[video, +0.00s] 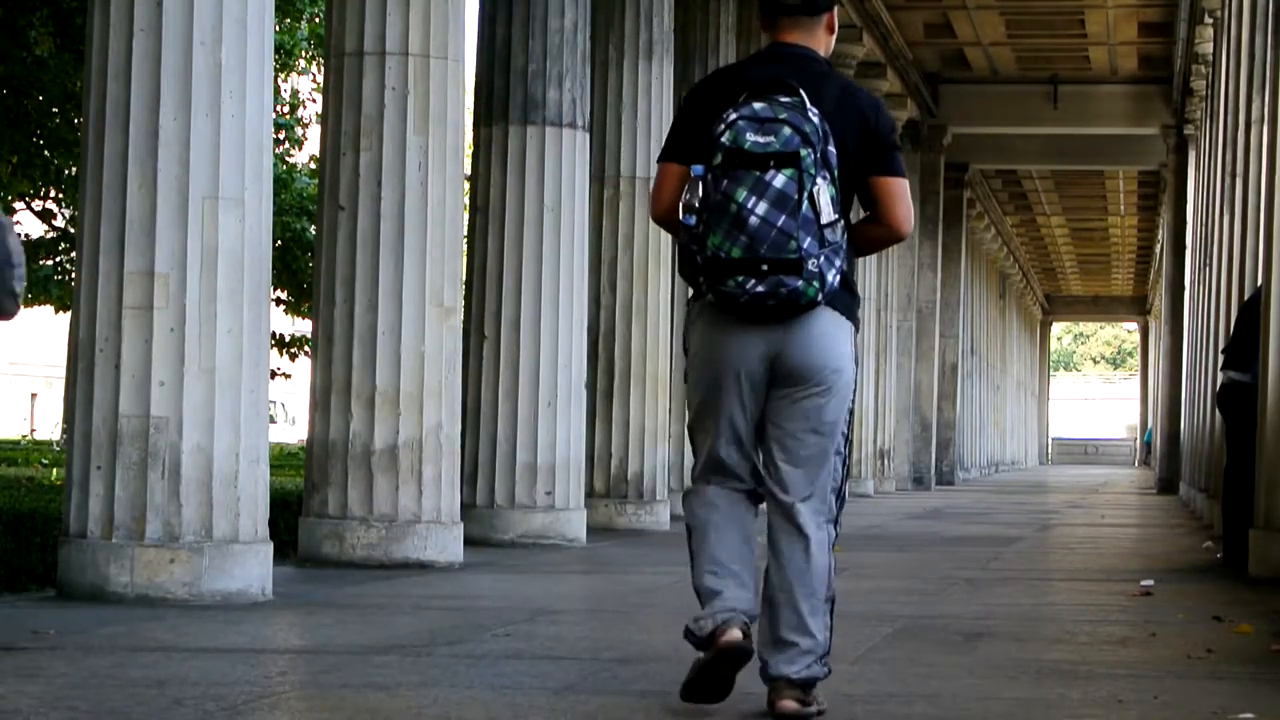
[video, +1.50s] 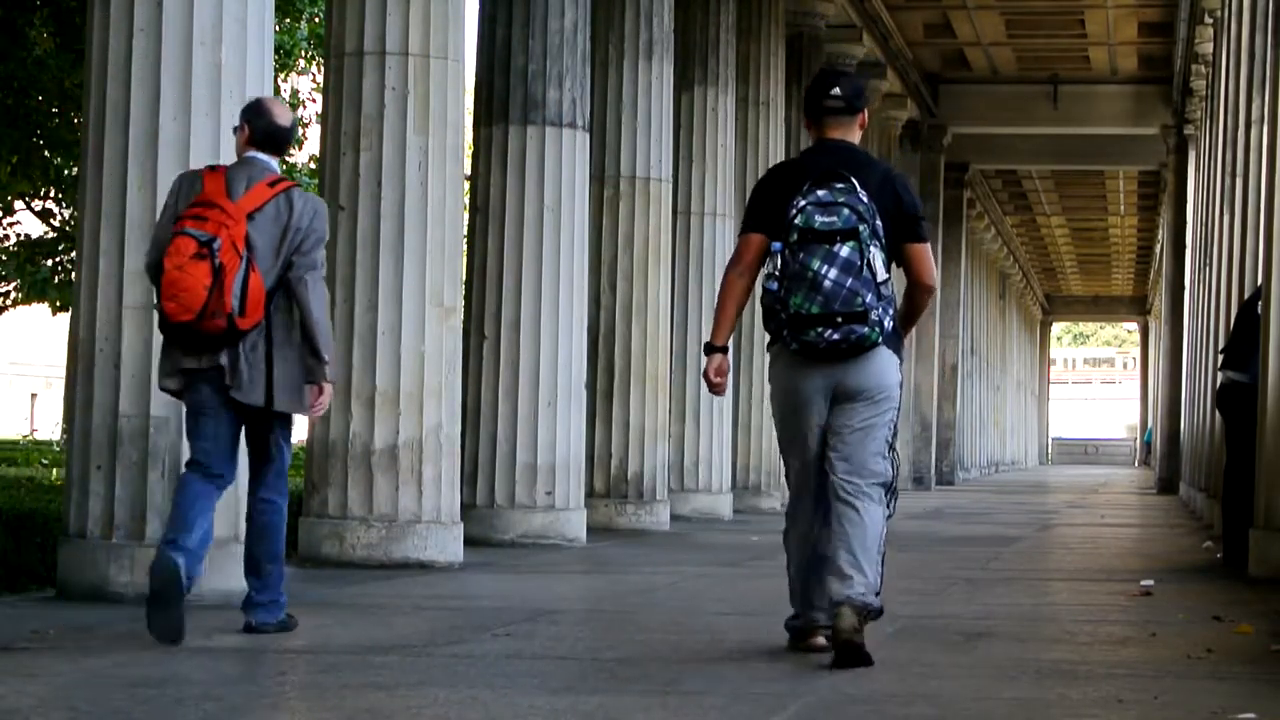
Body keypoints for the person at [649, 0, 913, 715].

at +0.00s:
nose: (835, 27)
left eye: (826, 19)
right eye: (835, 20)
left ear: (763, 22)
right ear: (831, 23)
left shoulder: (711, 92)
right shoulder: (859, 106)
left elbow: (665, 205)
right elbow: (896, 221)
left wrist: (732, 239)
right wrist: (831, 245)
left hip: (724, 320)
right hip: (820, 324)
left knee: (720, 477)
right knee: (804, 498)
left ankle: (727, 616)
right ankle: (793, 682)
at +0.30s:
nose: (830, 61)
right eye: (831, 50)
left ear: (760, 54)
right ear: (825, 55)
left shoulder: (715, 127)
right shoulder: (850, 134)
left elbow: (663, 232)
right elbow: (890, 246)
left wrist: (694, 300)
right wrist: (838, 273)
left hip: (732, 335)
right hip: (822, 335)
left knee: (744, 497)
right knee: (806, 495)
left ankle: (746, 651)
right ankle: (792, 656)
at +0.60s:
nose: (825, 68)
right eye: (826, 59)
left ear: (759, 60)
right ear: (820, 59)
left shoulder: (715, 131)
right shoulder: (846, 133)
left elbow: (678, 240)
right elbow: (884, 232)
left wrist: (681, 317)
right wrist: (920, 328)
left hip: (736, 334)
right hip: (822, 329)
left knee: (747, 491)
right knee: (838, 478)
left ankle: (750, 653)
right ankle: (815, 611)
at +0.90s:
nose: (857, 101)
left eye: (853, 91)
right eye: (858, 92)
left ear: (793, 90)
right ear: (850, 91)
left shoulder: (749, 155)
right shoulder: (868, 161)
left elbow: (720, 256)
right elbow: (902, 255)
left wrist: (745, 324)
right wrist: (929, 350)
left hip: (759, 348)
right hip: (841, 347)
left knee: (762, 489)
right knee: (842, 496)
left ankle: (755, 628)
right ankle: (846, 639)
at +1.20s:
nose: (881, 99)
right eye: (883, 91)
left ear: (821, 91)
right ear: (878, 94)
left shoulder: (780, 151)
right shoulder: (897, 163)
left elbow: (739, 239)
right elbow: (927, 265)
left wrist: (716, 322)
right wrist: (914, 328)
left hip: (789, 338)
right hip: (868, 340)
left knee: (787, 474)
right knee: (856, 484)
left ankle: (788, 603)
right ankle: (848, 635)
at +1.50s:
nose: (851, 124)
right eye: (860, 114)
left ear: (805, 120)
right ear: (863, 119)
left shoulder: (777, 180)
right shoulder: (888, 183)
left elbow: (745, 262)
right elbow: (925, 281)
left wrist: (718, 343)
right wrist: (897, 332)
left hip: (795, 357)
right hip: (872, 354)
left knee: (804, 487)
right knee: (858, 483)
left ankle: (809, 618)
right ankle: (849, 605)